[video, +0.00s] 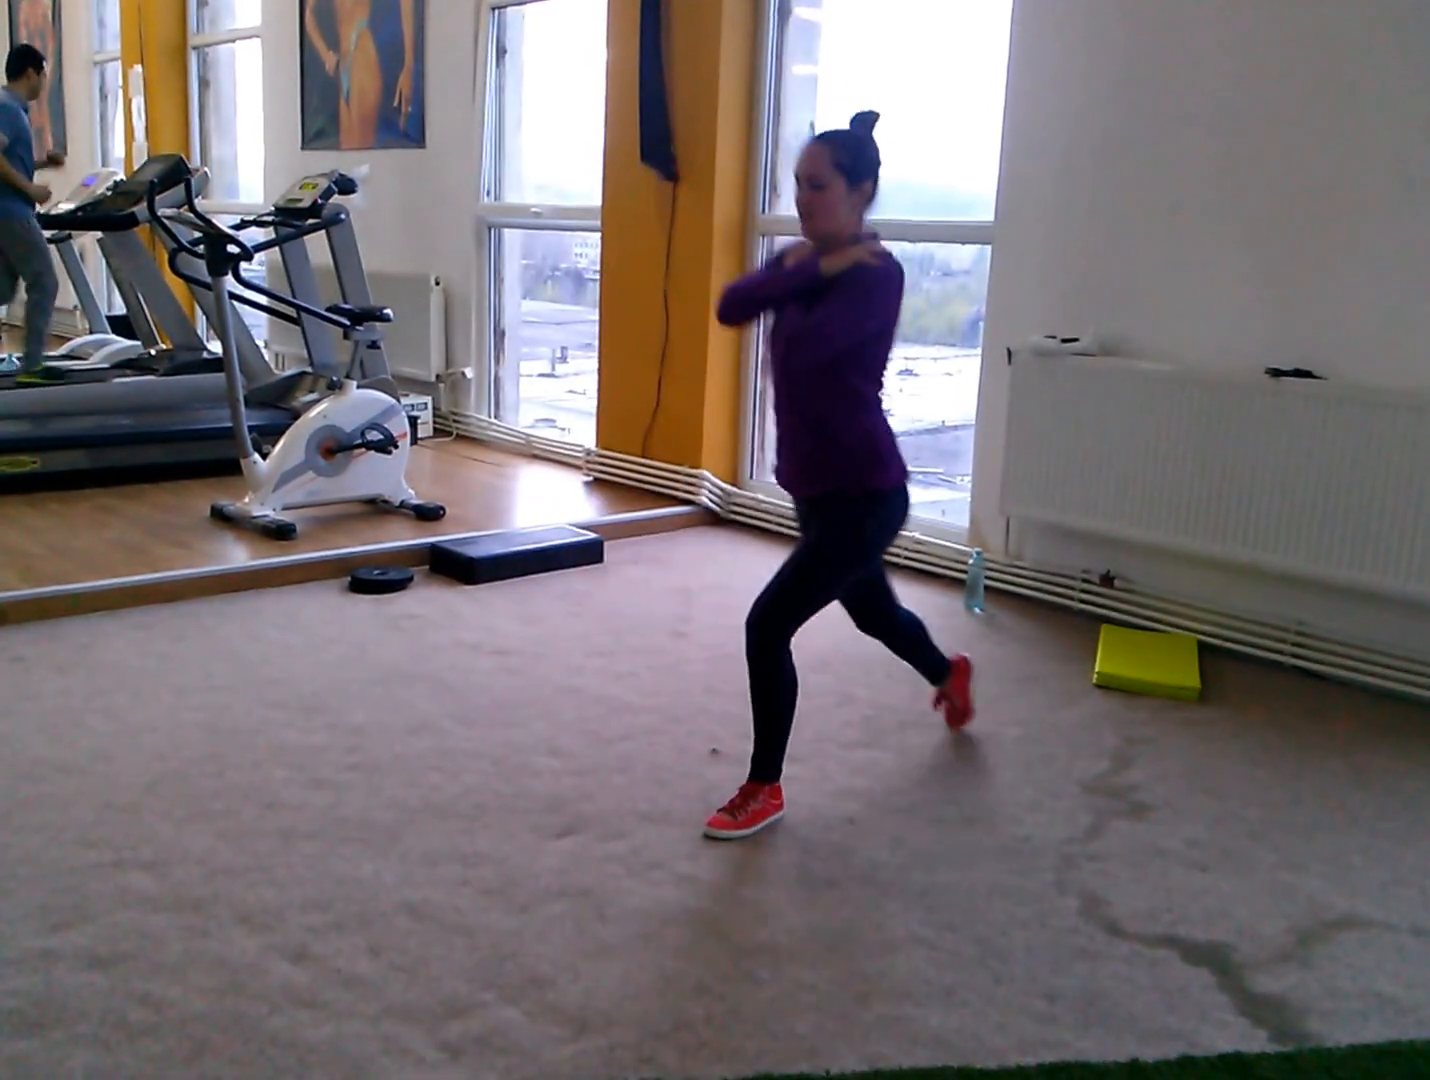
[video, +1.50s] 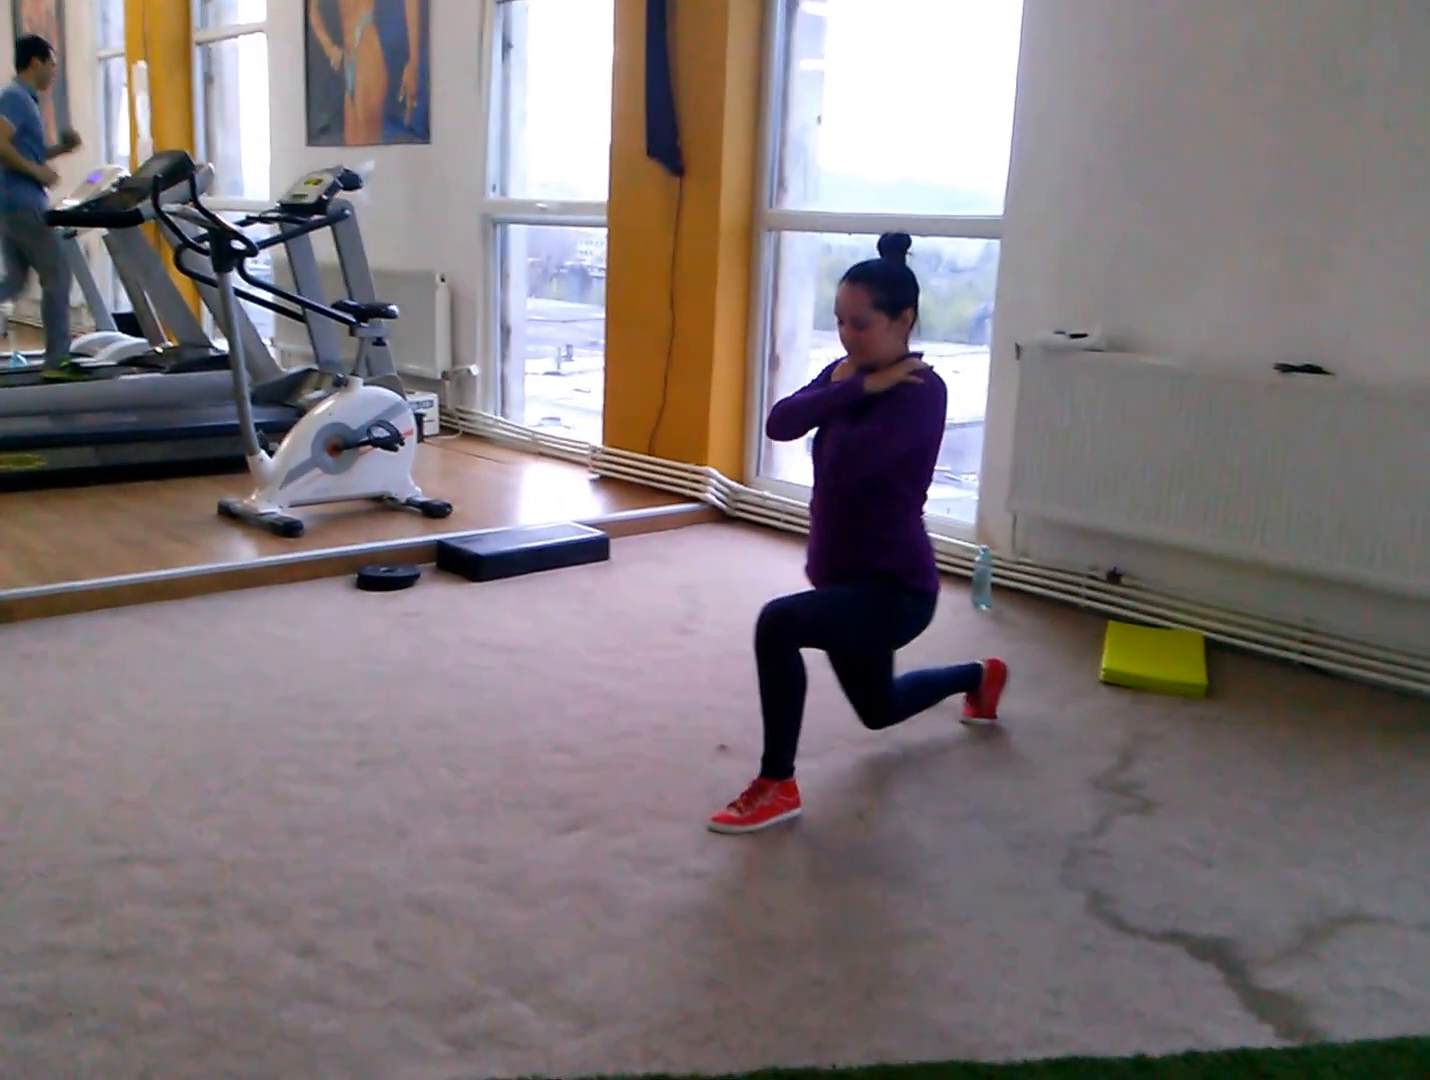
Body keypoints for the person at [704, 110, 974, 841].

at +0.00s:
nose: (801, 198)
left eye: (817, 185)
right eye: (798, 184)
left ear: (861, 195)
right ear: (799, 190)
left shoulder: (878, 275)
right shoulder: (798, 263)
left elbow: (809, 347)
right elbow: (730, 309)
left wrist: (784, 280)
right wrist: (817, 262)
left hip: (868, 494)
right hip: (814, 491)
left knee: (767, 625)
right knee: (877, 612)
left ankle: (764, 785)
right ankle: (948, 676)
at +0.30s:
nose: (872, 299)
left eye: (886, 289)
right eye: (869, 285)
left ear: (927, 293)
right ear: (865, 280)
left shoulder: (942, 365)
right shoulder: (860, 336)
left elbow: (873, 434)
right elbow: (798, 384)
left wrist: (871, 357)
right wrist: (885, 350)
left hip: (894, 557)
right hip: (836, 546)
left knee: (780, 623)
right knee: (881, 679)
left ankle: (774, 787)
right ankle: (982, 677)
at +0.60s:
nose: (883, 313)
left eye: (898, 305)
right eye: (881, 300)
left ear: (941, 315)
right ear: (877, 298)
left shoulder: (945, 386)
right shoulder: (865, 349)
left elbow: (867, 446)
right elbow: (798, 388)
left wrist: (869, 363)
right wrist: (893, 369)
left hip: (886, 572)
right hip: (829, 559)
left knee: (769, 624)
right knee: (868, 692)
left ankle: (770, 785)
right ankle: (974, 677)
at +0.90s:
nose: (861, 336)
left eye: (877, 328)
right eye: (859, 322)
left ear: (921, 333)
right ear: (855, 316)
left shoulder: (930, 403)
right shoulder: (849, 372)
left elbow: (849, 461)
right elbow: (785, 412)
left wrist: (839, 397)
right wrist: (877, 388)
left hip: (885, 592)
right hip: (825, 582)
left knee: (769, 626)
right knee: (867, 710)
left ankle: (771, 785)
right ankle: (970, 678)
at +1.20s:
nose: (857, 348)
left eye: (872, 338)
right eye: (854, 334)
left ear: (915, 340)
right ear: (850, 329)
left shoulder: (930, 411)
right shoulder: (847, 383)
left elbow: (851, 468)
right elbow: (783, 423)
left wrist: (834, 408)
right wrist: (874, 396)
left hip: (888, 600)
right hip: (826, 590)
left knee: (770, 625)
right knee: (868, 718)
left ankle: (774, 785)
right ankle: (970, 679)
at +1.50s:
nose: (847, 335)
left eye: (860, 324)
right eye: (841, 322)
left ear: (904, 323)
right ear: (838, 320)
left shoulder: (922, 394)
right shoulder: (840, 374)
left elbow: (852, 465)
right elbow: (778, 424)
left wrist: (836, 399)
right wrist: (860, 384)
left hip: (896, 592)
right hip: (836, 584)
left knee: (777, 624)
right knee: (878, 707)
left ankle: (776, 783)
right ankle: (980, 677)